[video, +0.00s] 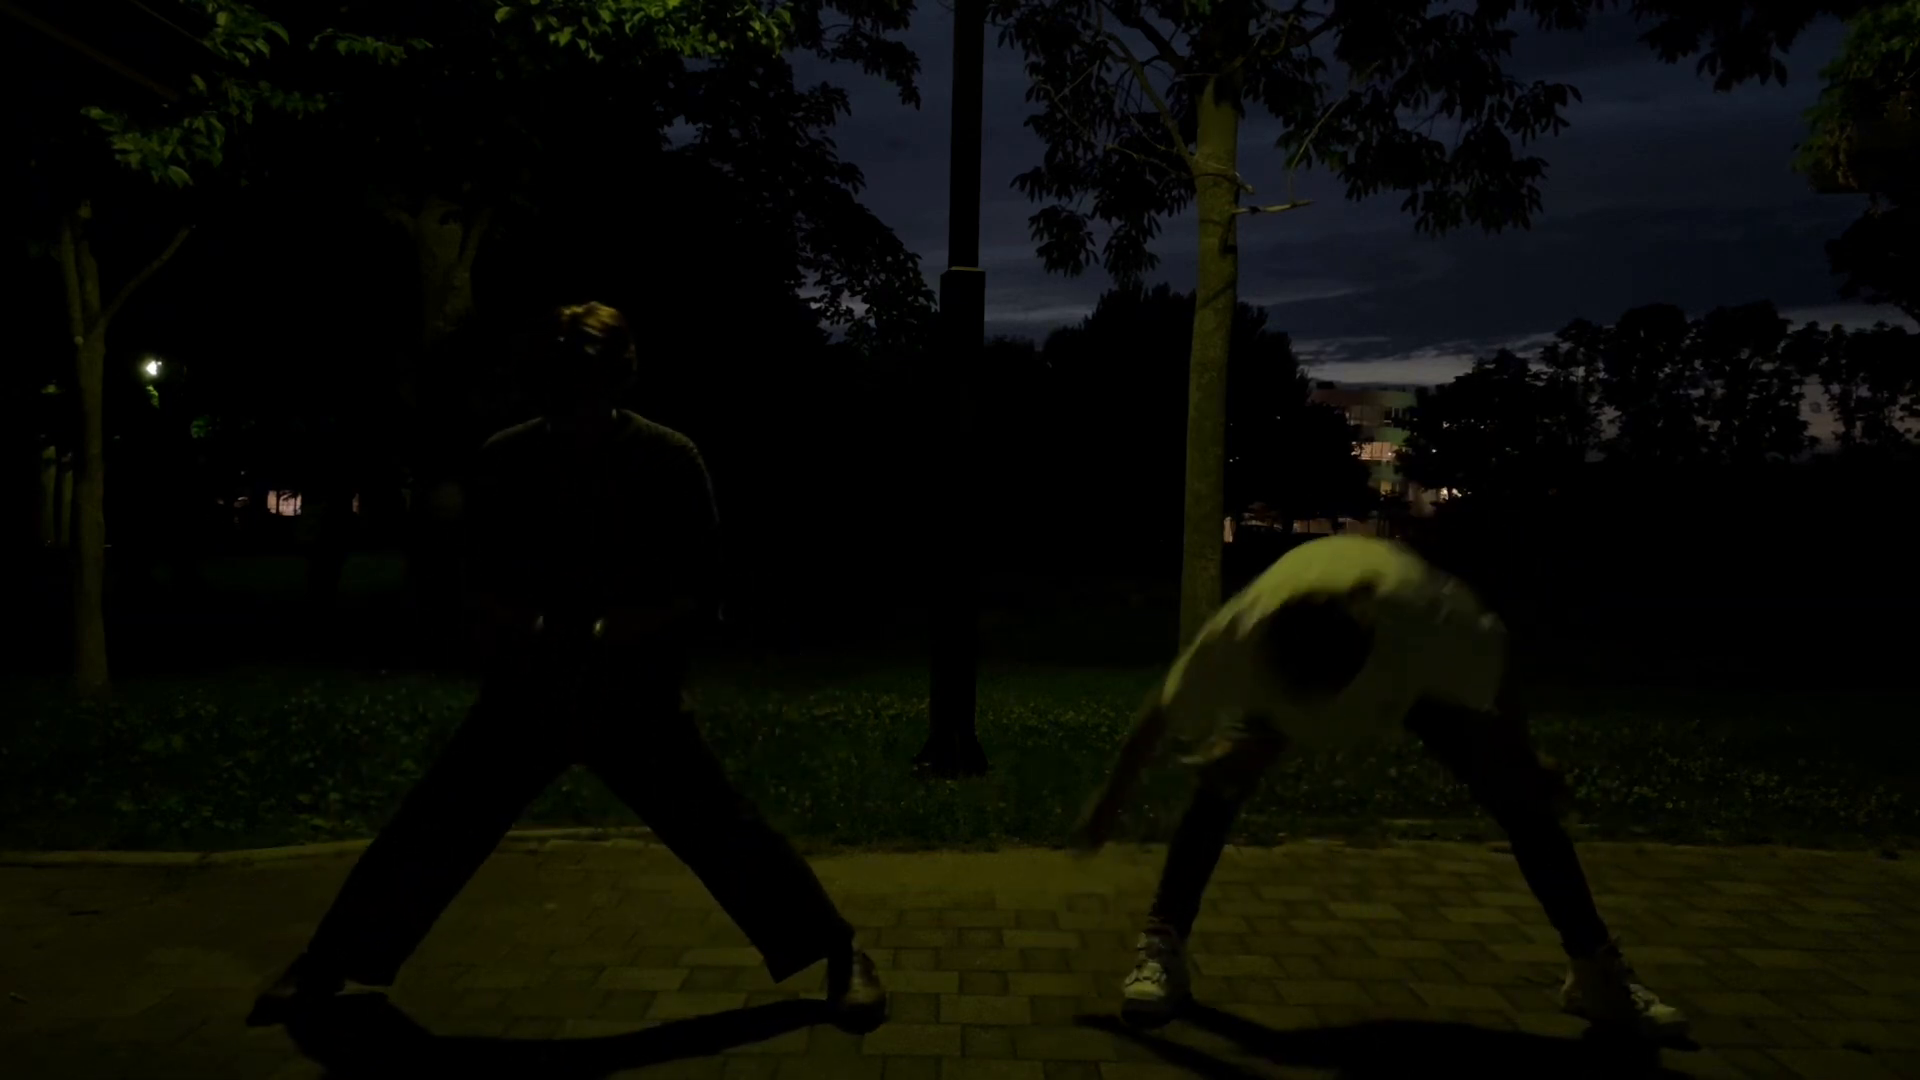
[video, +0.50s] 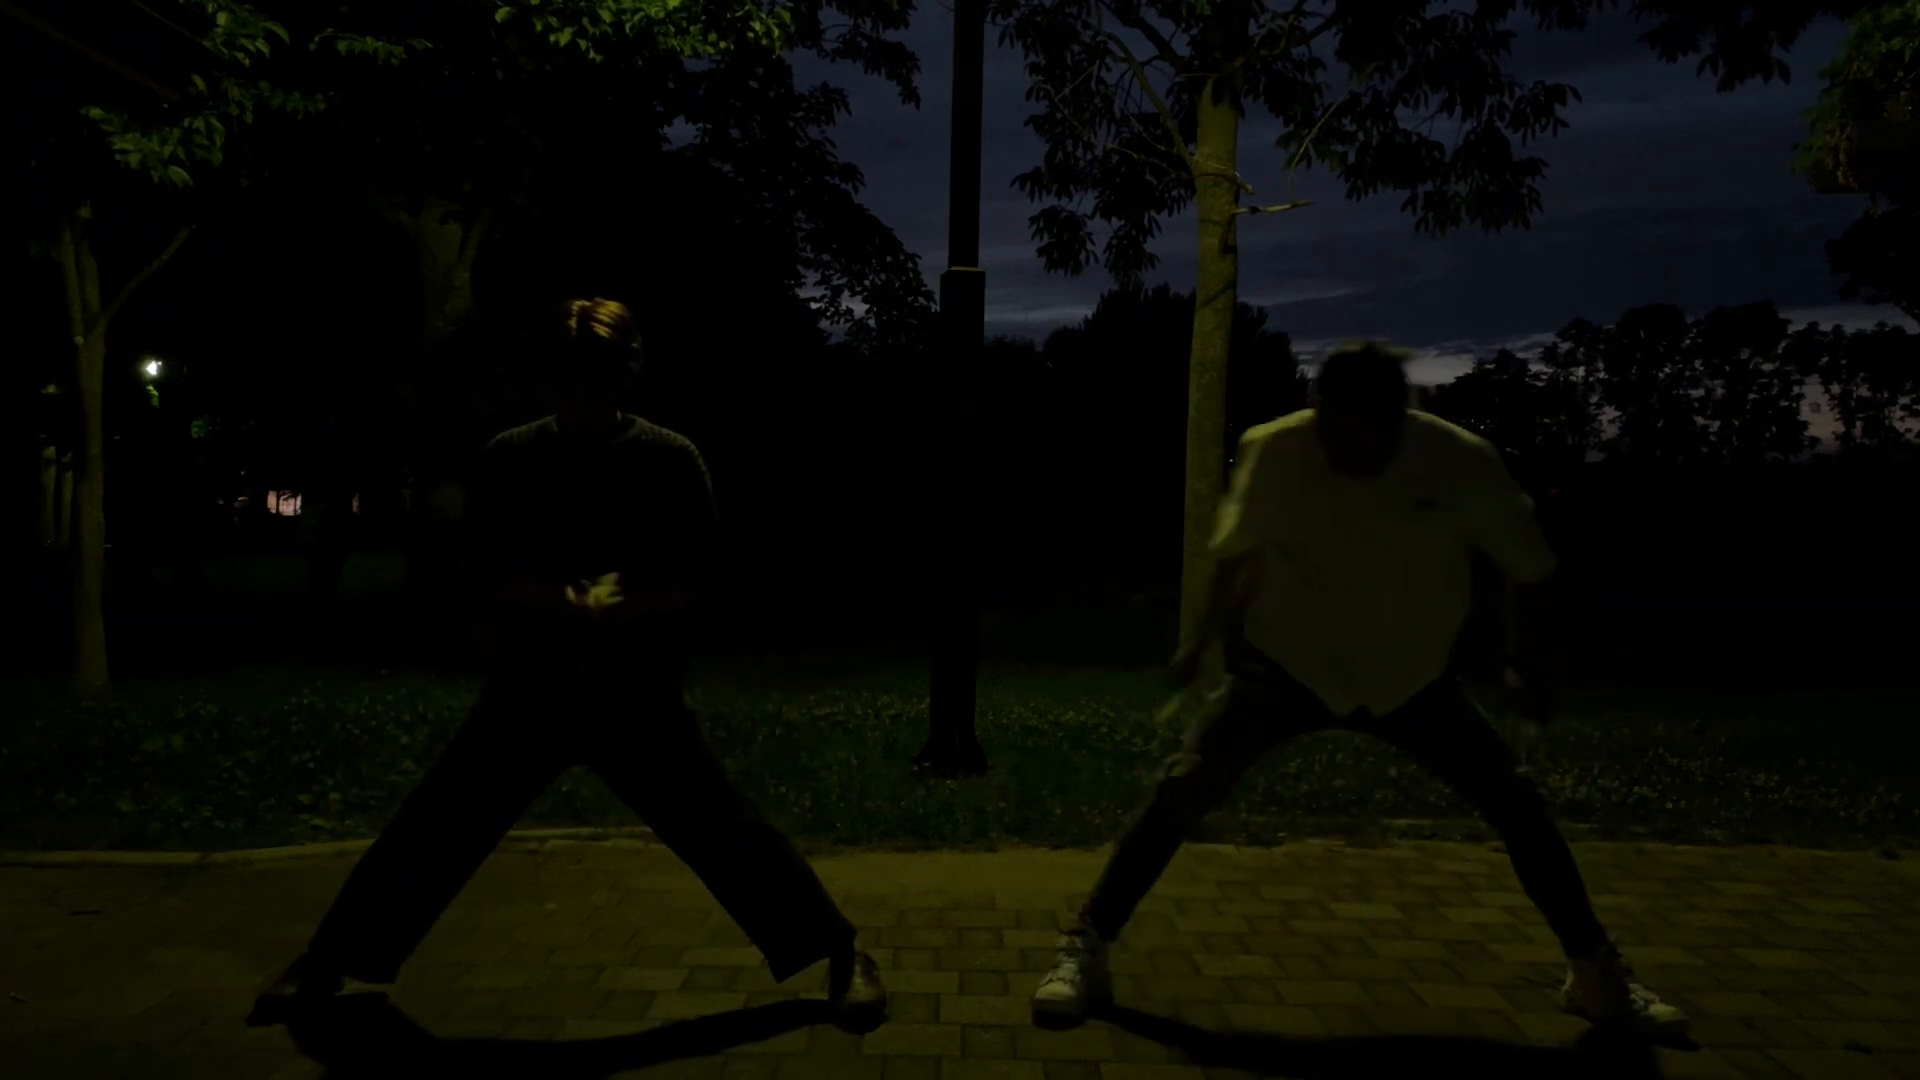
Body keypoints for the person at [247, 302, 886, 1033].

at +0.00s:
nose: (578, 367)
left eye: (593, 353)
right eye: (568, 351)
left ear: (623, 368)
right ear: (548, 364)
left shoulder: (667, 460)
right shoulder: (509, 457)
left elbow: (696, 581)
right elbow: (479, 566)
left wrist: (630, 637)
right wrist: (518, 633)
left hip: (633, 689)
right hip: (527, 687)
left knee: (719, 824)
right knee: (433, 826)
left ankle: (840, 954)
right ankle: (323, 972)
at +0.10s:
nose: (578, 372)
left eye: (595, 358)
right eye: (569, 356)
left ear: (625, 370)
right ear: (550, 366)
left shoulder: (669, 461)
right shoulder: (511, 458)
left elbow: (696, 584)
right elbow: (477, 573)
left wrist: (620, 622)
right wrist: (536, 617)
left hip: (634, 691)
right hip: (527, 690)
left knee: (719, 825)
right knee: (433, 826)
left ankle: (841, 954)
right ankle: (322, 970)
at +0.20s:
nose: (585, 371)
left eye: (601, 357)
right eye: (575, 354)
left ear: (628, 368)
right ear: (553, 364)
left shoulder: (672, 461)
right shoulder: (512, 457)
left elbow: (700, 582)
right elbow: (474, 578)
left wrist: (636, 604)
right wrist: (548, 603)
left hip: (636, 691)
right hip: (528, 689)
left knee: (722, 825)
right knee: (434, 825)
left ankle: (842, 955)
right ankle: (323, 970)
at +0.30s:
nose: (588, 375)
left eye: (603, 360)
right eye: (577, 358)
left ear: (629, 369)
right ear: (557, 366)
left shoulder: (673, 460)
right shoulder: (513, 457)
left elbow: (700, 583)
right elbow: (476, 577)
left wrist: (630, 594)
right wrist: (553, 593)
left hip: (637, 690)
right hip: (529, 688)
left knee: (721, 824)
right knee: (435, 825)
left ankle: (842, 954)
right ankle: (323, 969)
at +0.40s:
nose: (596, 375)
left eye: (608, 359)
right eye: (584, 358)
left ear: (631, 369)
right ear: (560, 367)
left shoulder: (674, 460)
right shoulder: (514, 457)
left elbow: (697, 584)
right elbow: (481, 579)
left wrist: (619, 594)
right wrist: (579, 590)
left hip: (638, 689)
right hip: (530, 687)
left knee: (722, 824)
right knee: (435, 825)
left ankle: (842, 955)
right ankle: (323, 969)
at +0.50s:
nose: (594, 383)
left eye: (608, 367)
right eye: (583, 366)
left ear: (631, 371)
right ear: (560, 369)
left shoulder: (671, 462)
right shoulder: (514, 459)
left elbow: (698, 583)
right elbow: (483, 578)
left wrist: (626, 602)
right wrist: (558, 600)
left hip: (636, 690)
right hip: (529, 688)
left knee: (721, 824)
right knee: (436, 825)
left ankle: (842, 955)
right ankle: (324, 969)